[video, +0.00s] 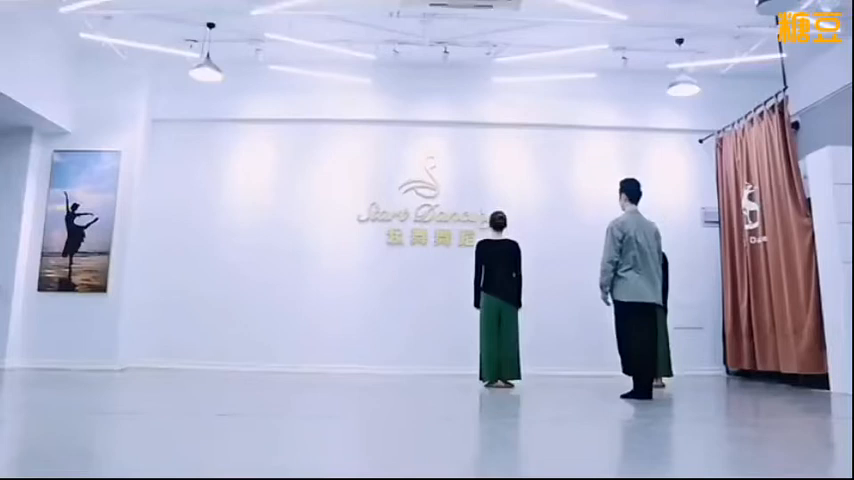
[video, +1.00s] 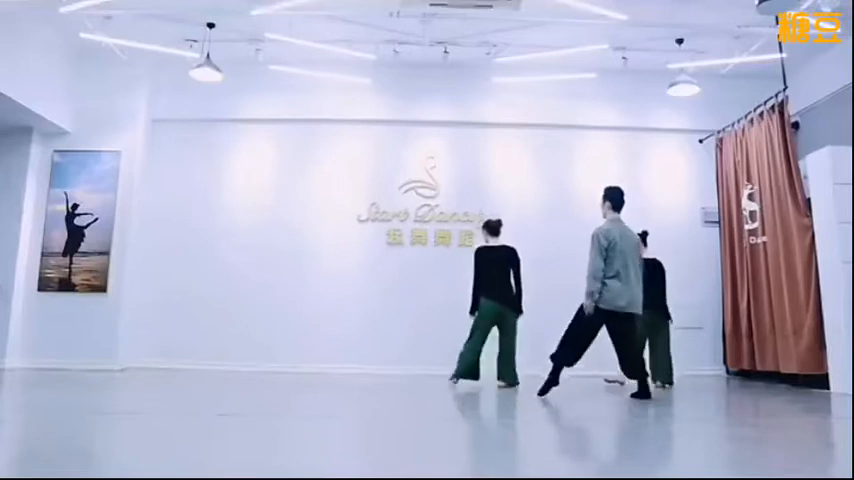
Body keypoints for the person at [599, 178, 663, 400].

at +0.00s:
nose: (619, 199)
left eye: (619, 195)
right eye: (620, 195)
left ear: (623, 197)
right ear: (639, 197)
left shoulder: (618, 225)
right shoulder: (652, 227)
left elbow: (610, 261)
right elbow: (658, 261)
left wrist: (604, 287)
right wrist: (655, 289)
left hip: (626, 294)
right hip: (650, 294)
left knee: (631, 342)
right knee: (647, 342)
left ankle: (640, 386)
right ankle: (644, 387)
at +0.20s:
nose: (618, 199)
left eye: (619, 195)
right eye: (620, 195)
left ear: (623, 197)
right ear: (639, 197)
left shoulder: (617, 225)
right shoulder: (652, 227)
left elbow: (609, 260)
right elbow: (657, 261)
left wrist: (603, 287)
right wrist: (654, 288)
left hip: (626, 294)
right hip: (650, 294)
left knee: (631, 342)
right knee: (647, 342)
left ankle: (640, 386)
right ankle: (644, 387)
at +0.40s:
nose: (618, 199)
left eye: (618, 195)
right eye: (619, 195)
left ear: (622, 196)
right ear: (638, 197)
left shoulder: (617, 225)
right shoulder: (651, 227)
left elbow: (609, 260)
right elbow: (657, 261)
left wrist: (601, 284)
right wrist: (653, 288)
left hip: (625, 295)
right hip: (649, 295)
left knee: (630, 342)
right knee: (646, 342)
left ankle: (639, 387)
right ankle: (643, 387)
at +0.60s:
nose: (616, 203)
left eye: (616, 200)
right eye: (617, 199)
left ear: (621, 201)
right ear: (636, 202)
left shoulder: (617, 229)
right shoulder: (650, 232)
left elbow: (607, 264)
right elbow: (656, 264)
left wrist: (594, 287)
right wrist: (652, 292)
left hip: (621, 296)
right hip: (647, 297)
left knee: (605, 330)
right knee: (642, 343)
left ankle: (623, 368)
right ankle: (644, 387)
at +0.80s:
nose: (611, 207)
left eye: (613, 204)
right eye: (613, 203)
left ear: (617, 205)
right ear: (632, 207)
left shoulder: (613, 233)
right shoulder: (645, 238)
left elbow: (603, 270)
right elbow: (650, 273)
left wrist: (591, 298)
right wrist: (647, 302)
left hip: (615, 299)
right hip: (640, 302)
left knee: (585, 330)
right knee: (638, 346)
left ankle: (583, 368)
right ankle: (644, 387)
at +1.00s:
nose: (601, 207)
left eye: (602, 203)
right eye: (602, 203)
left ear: (607, 204)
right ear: (621, 205)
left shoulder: (602, 233)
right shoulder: (633, 236)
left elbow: (596, 270)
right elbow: (637, 270)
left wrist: (589, 299)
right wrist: (635, 299)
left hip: (605, 299)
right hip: (629, 302)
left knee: (574, 336)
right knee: (630, 346)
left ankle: (554, 374)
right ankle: (643, 386)